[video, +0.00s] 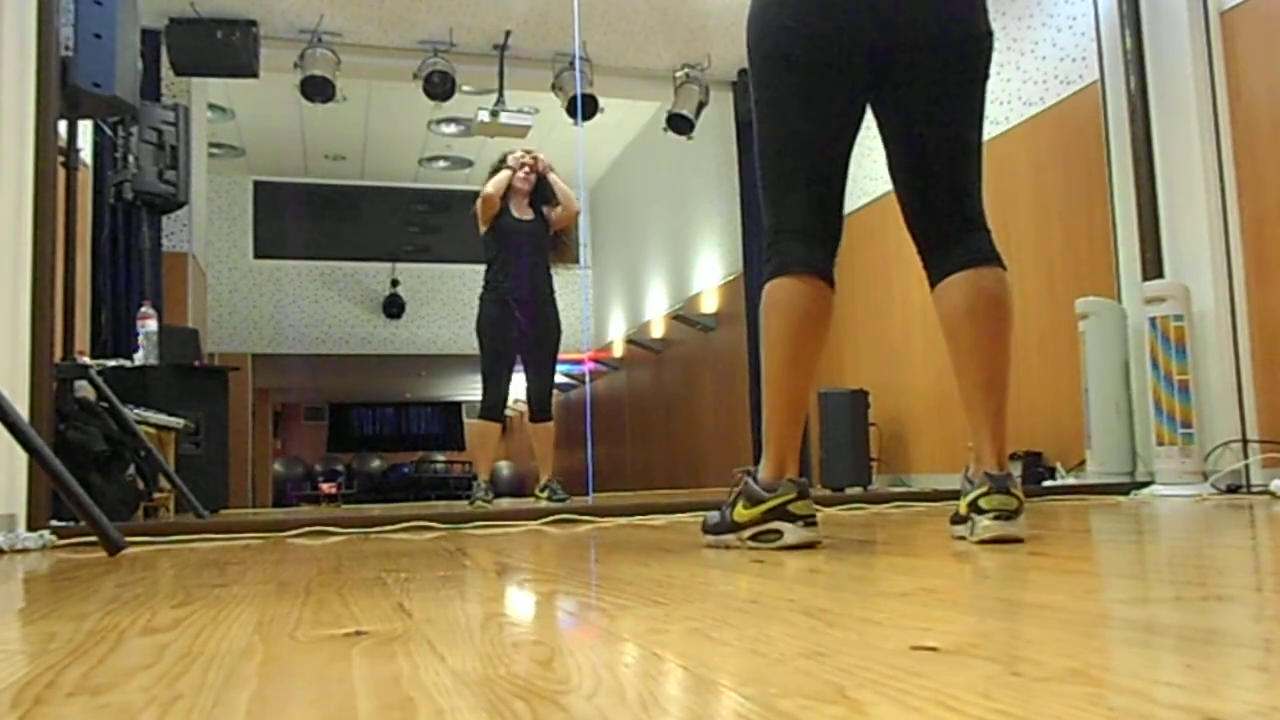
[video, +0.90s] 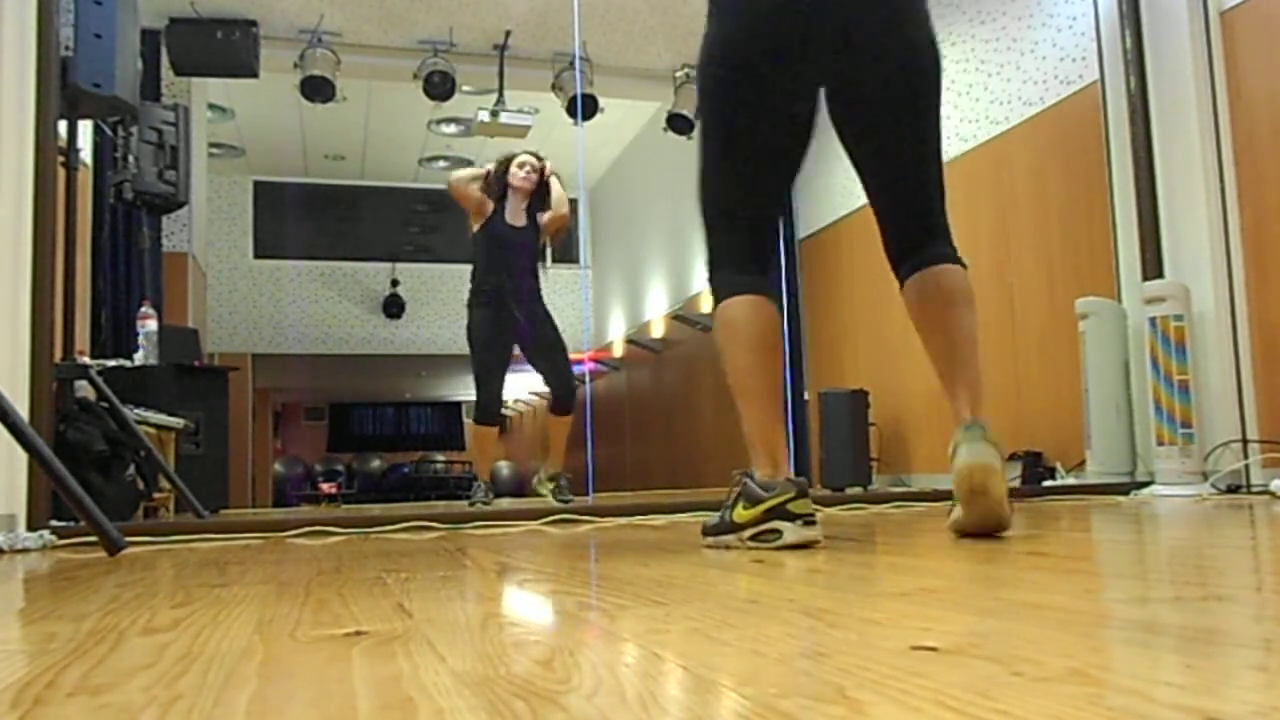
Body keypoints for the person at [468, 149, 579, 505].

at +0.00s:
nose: (526, 172)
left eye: (531, 169)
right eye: (520, 167)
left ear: (537, 179)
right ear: (507, 175)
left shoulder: (544, 216)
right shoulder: (491, 212)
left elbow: (572, 209)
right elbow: (490, 193)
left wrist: (549, 173)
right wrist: (509, 169)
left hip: (542, 308)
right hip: (500, 308)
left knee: (541, 398)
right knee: (494, 397)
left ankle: (546, 480)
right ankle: (482, 481)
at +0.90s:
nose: (527, 173)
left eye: (533, 171)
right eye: (521, 166)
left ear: (537, 185)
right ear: (504, 175)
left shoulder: (539, 222)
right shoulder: (484, 209)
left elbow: (561, 211)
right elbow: (455, 183)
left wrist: (551, 176)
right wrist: (484, 172)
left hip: (530, 310)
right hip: (488, 310)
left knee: (565, 388)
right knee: (488, 398)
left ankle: (551, 474)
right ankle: (483, 482)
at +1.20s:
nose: (534, 188)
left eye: (541, 184)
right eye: (528, 183)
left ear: (549, 196)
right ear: (514, 193)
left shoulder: (561, 238)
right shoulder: (497, 235)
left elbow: (579, 296)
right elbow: (479, 281)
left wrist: (564, 276)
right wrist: (478, 293)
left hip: (538, 329)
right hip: (494, 326)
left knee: (561, 412)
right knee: (467, 400)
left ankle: (593, 478)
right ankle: (480, 483)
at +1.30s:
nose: (540, 195)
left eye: (547, 190)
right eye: (534, 189)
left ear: (555, 201)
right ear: (521, 199)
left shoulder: (569, 243)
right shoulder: (507, 243)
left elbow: (594, 299)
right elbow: (496, 294)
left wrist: (578, 322)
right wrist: (487, 321)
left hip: (552, 338)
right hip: (509, 337)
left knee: (570, 418)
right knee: (467, 402)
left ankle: (599, 479)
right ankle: (481, 483)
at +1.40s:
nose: (549, 197)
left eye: (555, 193)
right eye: (542, 192)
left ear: (563, 201)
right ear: (529, 202)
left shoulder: (580, 242)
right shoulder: (518, 247)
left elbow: (609, 293)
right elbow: (511, 301)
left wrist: (601, 337)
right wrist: (502, 331)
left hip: (571, 340)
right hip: (528, 340)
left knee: (587, 411)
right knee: (476, 398)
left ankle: (599, 480)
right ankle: (485, 482)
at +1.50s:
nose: (557, 194)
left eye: (563, 189)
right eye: (550, 189)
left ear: (572, 199)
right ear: (537, 199)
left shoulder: (587, 238)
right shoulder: (527, 245)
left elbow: (618, 289)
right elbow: (520, 296)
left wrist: (618, 330)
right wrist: (515, 330)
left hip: (589, 337)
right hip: (545, 340)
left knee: (601, 405)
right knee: (491, 398)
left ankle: (601, 480)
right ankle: (488, 483)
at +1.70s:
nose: (569, 179)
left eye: (574, 174)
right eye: (562, 175)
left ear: (583, 182)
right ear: (548, 184)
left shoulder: (600, 220)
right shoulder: (537, 229)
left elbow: (633, 271)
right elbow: (530, 279)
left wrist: (630, 314)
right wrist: (536, 311)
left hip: (608, 319)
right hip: (565, 322)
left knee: (608, 401)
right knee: (517, 385)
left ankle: (604, 479)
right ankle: (498, 472)